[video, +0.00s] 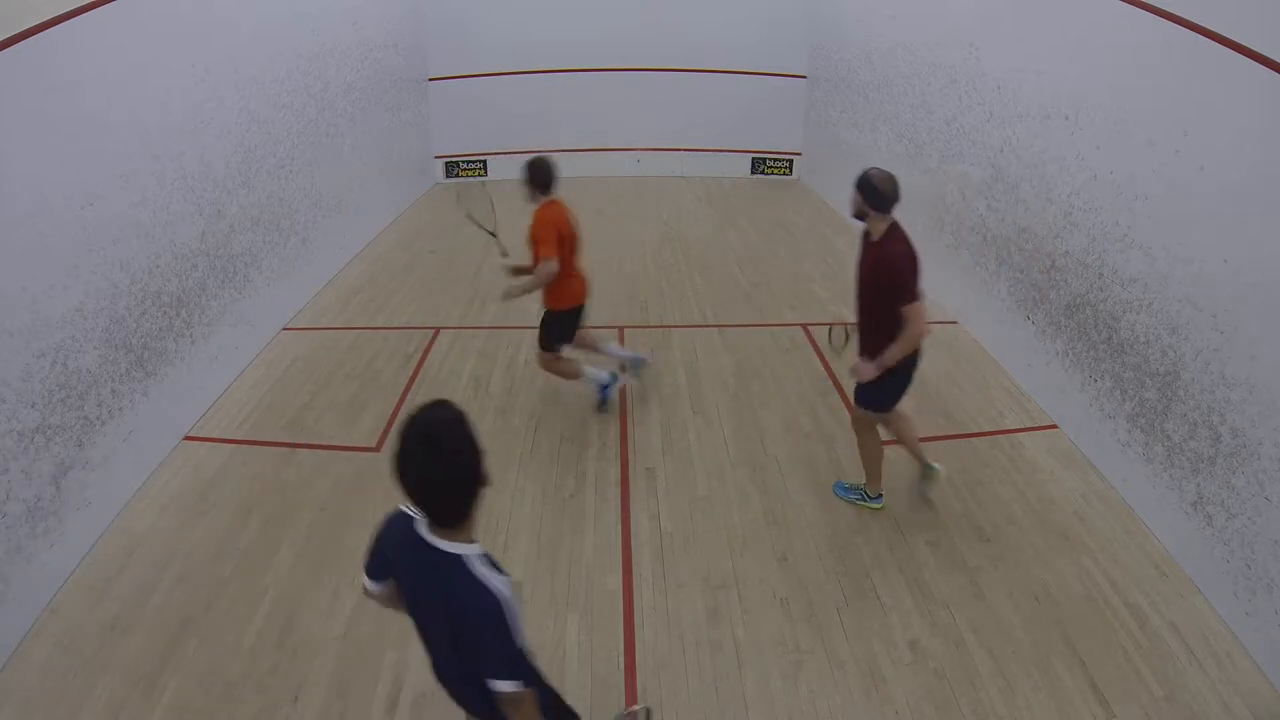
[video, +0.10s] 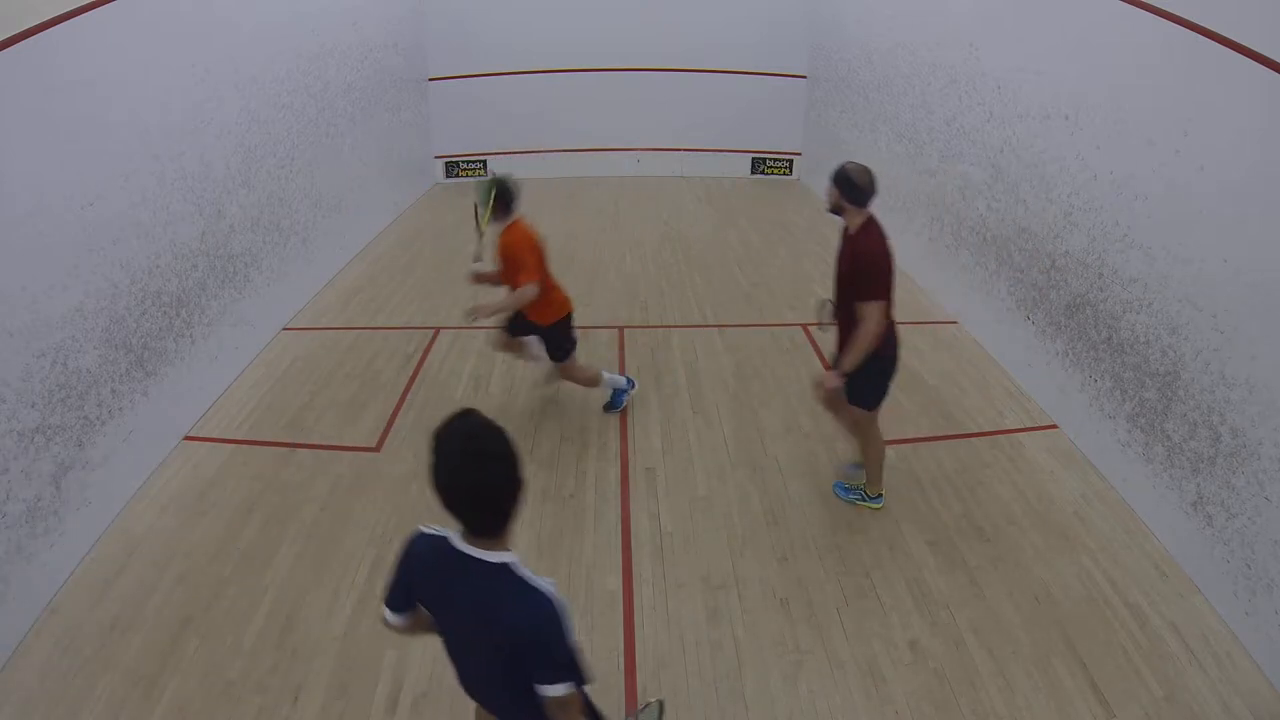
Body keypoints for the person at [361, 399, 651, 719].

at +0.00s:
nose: (484, 453)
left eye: (476, 446)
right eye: (478, 448)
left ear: (409, 477)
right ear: (480, 474)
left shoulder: (400, 526)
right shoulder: (484, 590)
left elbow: (376, 588)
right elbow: (513, 696)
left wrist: (431, 606)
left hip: (457, 682)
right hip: (510, 701)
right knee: (567, 712)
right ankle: (622, 717)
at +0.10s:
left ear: (441, 495)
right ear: (518, 489)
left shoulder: (424, 550)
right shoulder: (536, 605)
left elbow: (397, 619)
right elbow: (563, 705)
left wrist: (455, 621)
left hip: (482, 698)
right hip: (536, 709)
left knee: (490, 704)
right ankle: (638, 716)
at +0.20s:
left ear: (473, 503)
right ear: (551, 493)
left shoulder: (447, 563)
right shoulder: (578, 604)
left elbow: (420, 643)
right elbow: (605, 706)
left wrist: (477, 632)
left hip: (498, 708)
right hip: (564, 712)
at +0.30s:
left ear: (498, 506)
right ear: (577, 498)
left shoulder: (468, 578)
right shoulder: (606, 602)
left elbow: (440, 666)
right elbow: (639, 697)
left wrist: (494, 646)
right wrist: (653, 709)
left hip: (516, 711)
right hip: (594, 713)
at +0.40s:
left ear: (521, 519)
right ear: (600, 504)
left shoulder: (485, 591)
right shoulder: (631, 602)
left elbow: (459, 687)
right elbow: (661, 688)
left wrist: (493, 669)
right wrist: (674, 709)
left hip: (523, 712)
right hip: (606, 712)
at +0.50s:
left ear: (536, 524)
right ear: (621, 509)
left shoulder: (501, 604)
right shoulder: (647, 599)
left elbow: (478, 706)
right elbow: (675, 684)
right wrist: (684, 710)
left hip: (530, 712)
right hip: (614, 710)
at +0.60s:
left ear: (546, 530)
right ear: (629, 520)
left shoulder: (514, 615)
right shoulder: (660, 599)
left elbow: (501, 711)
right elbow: (679, 678)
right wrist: (684, 705)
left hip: (542, 712)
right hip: (625, 712)